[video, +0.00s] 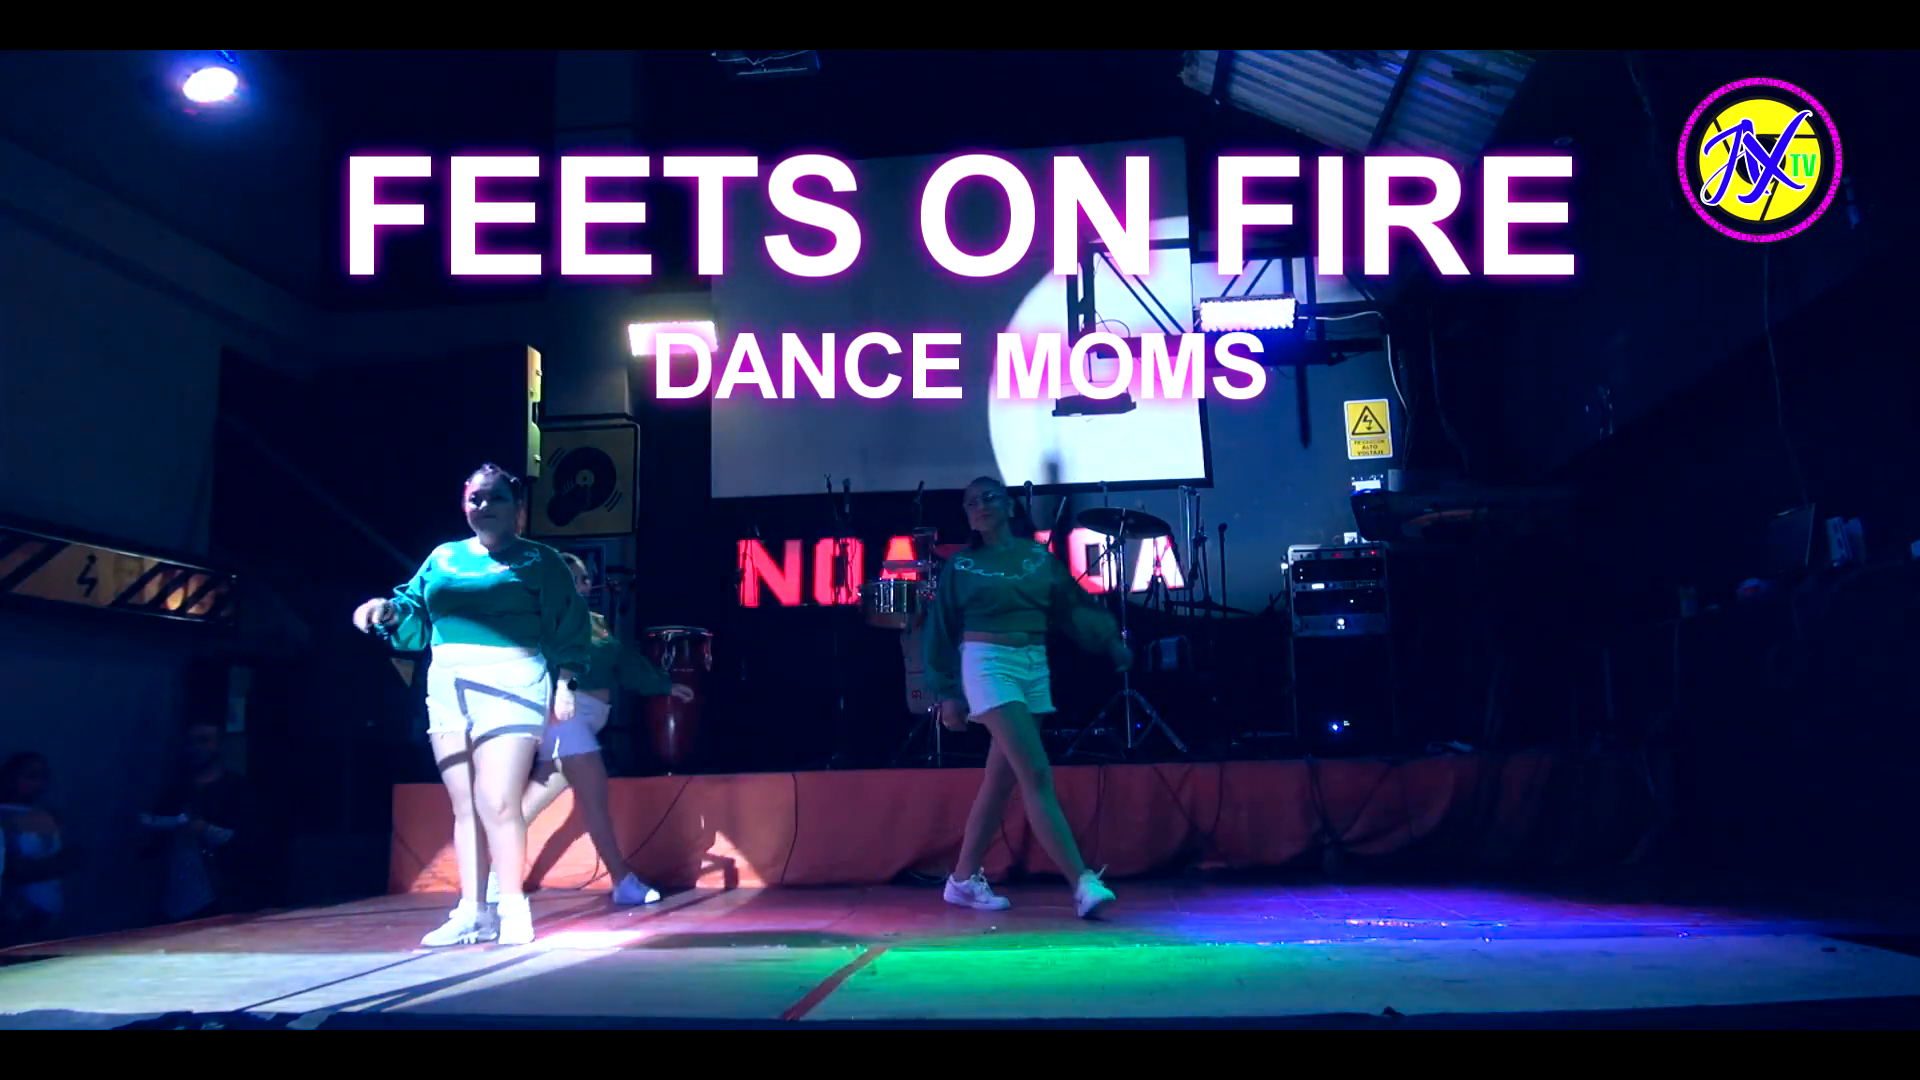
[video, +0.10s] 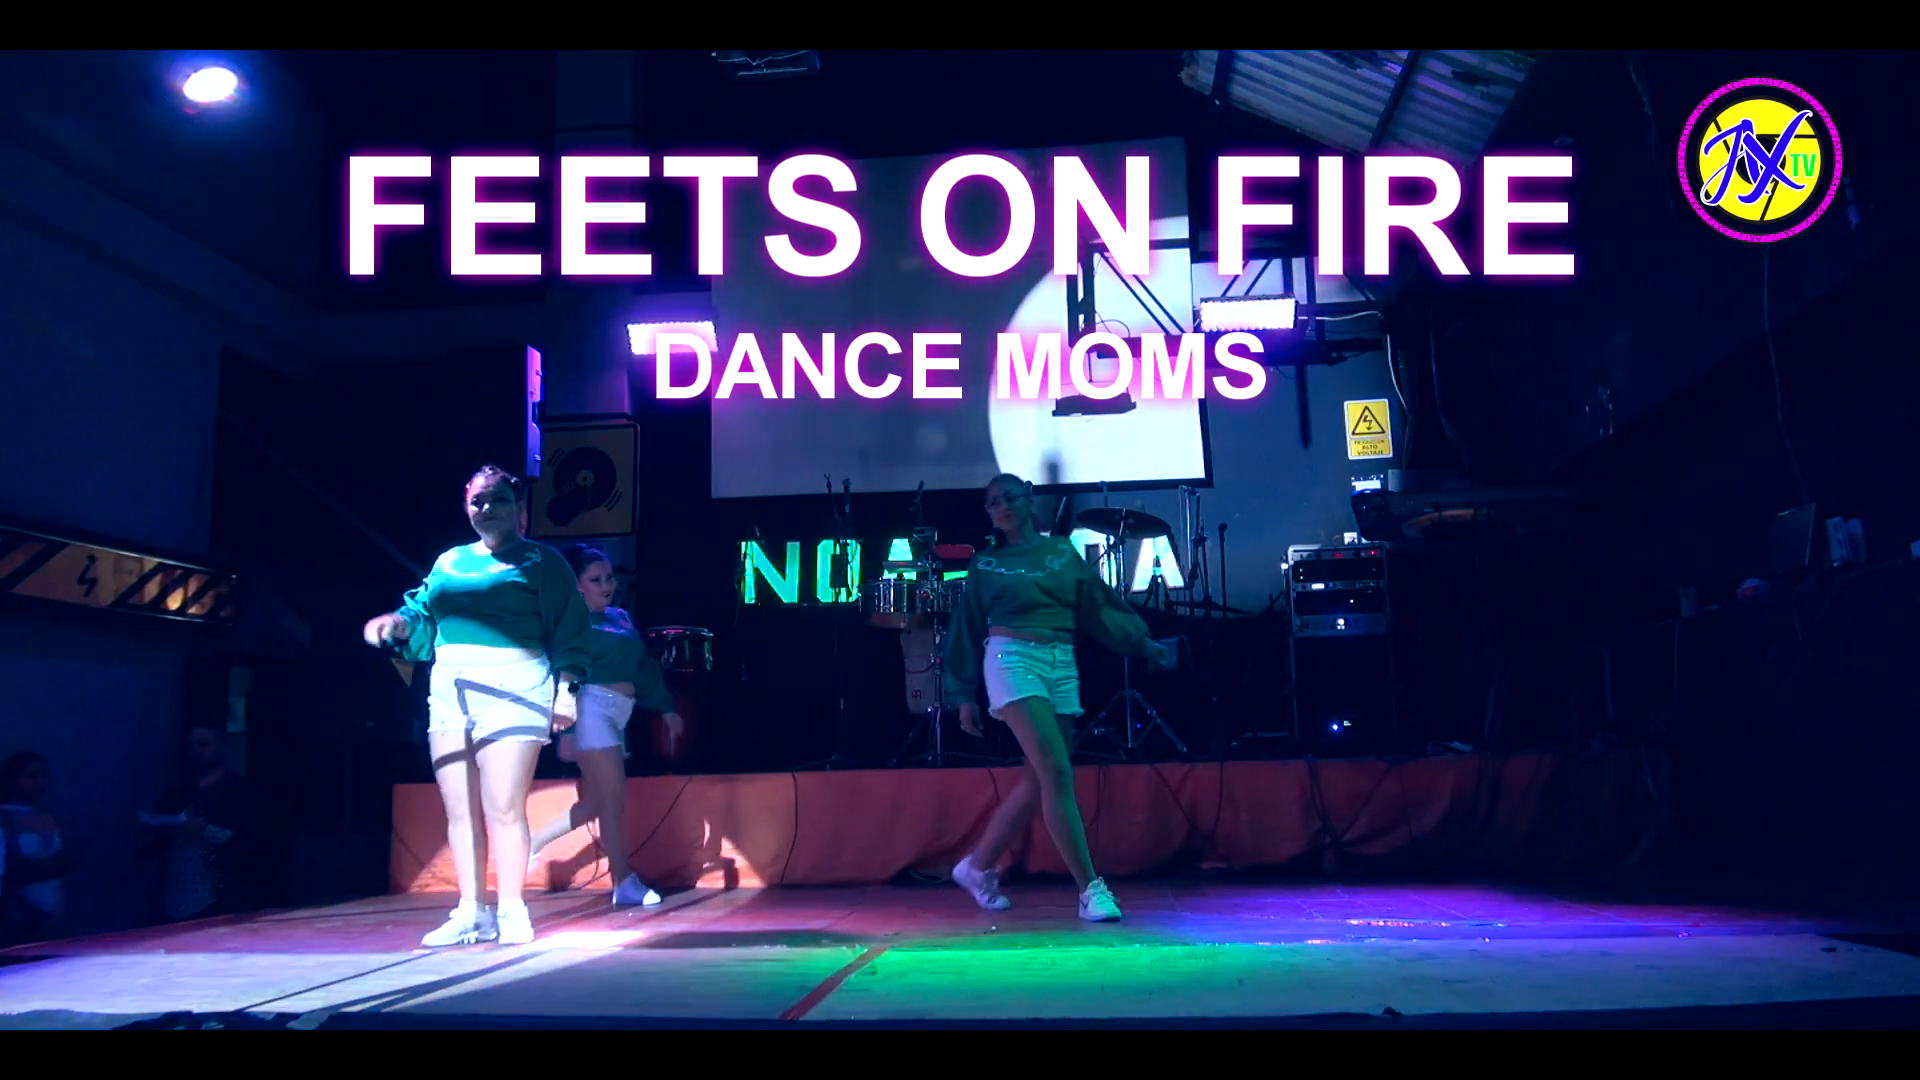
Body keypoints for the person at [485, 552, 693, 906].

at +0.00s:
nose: (584, 587)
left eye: (586, 581)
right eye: (577, 581)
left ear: (589, 585)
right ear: (559, 585)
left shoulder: (591, 622)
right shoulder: (554, 621)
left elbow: (625, 660)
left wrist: (665, 685)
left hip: (589, 716)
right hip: (564, 712)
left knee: (528, 805)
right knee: (595, 793)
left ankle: (492, 879)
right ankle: (622, 880)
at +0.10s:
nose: (606, 585)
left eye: (609, 578)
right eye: (596, 579)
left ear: (614, 580)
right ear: (578, 585)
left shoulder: (621, 619)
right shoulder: (574, 620)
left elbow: (644, 668)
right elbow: (564, 665)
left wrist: (666, 709)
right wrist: (562, 710)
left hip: (617, 713)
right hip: (592, 709)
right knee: (612, 796)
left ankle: (530, 843)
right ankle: (623, 881)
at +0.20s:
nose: (632, 585)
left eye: (636, 578)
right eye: (623, 578)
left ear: (639, 579)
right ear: (602, 580)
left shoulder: (642, 618)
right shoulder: (592, 621)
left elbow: (654, 670)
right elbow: (585, 669)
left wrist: (658, 715)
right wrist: (606, 711)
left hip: (643, 713)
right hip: (608, 712)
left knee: (658, 793)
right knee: (619, 798)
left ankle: (590, 815)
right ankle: (623, 880)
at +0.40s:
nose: (679, 571)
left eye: (684, 566)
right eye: (672, 562)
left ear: (687, 570)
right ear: (651, 561)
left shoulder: (680, 610)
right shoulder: (630, 606)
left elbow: (683, 655)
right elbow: (627, 655)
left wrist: (692, 671)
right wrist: (663, 672)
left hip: (681, 701)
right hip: (640, 701)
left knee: (707, 773)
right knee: (639, 792)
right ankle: (634, 877)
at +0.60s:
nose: (724, 574)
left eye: (729, 570)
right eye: (718, 566)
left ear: (730, 579)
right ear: (698, 567)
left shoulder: (720, 617)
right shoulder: (673, 607)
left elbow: (728, 668)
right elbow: (661, 659)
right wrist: (691, 694)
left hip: (728, 704)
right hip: (685, 705)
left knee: (732, 800)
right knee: (677, 802)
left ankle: (736, 883)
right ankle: (647, 869)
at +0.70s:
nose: (738, 572)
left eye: (744, 567)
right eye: (731, 565)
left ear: (748, 573)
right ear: (714, 567)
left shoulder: (745, 619)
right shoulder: (692, 607)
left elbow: (763, 674)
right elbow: (682, 659)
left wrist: (778, 720)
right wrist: (683, 710)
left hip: (751, 702)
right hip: (709, 703)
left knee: (746, 797)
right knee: (729, 796)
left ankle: (737, 882)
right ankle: (680, 837)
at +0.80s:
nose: (749, 573)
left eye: (756, 567)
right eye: (742, 566)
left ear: (763, 572)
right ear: (727, 567)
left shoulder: (766, 616)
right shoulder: (706, 609)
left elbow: (787, 668)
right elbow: (686, 659)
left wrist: (819, 704)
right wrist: (675, 708)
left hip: (765, 704)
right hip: (724, 705)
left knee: (760, 792)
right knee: (771, 776)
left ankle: (740, 881)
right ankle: (716, 827)